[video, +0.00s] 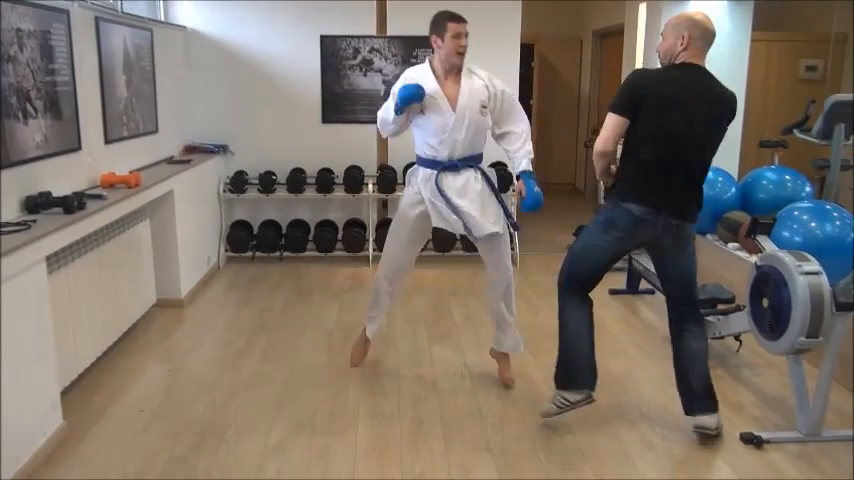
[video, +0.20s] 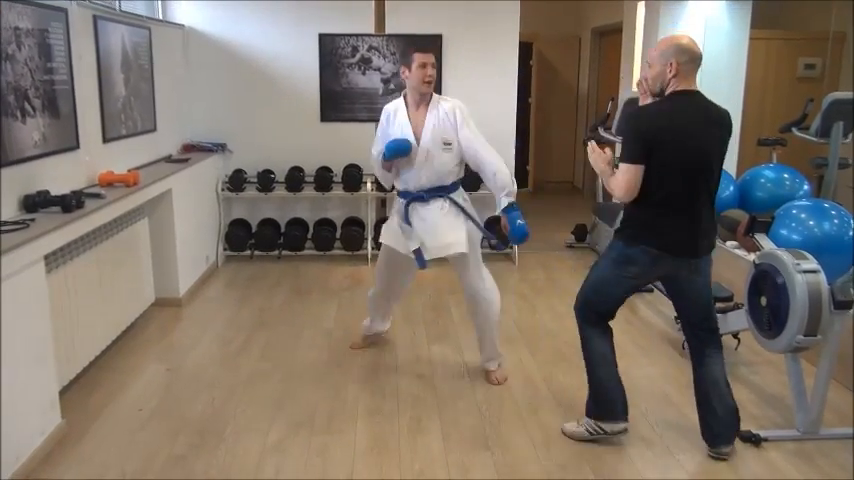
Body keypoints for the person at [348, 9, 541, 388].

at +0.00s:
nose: (464, 44)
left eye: (466, 37)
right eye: (457, 37)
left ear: (467, 41)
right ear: (436, 41)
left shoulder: (486, 85)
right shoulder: (413, 80)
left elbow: (514, 129)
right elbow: (386, 128)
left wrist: (524, 174)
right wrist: (398, 107)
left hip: (474, 184)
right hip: (425, 184)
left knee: (502, 269)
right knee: (392, 264)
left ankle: (503, 348)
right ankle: (368, 331)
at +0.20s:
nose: (429, 73)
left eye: (433, 67)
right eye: (422, 66)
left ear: (437, 73)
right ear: (404, 72)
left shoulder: (451, 110)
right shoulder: (391, 113)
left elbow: (481, 155)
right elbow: (380, 168)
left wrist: (508, 203)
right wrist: (388, 159)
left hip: (449, 206)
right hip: (406, 208)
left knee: (479, 288)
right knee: (386, 275)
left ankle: (492, 359)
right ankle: (375, 328)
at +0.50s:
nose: (387, 36)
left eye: (390, 31)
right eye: (380, 29)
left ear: (394, 36)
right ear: (361, 32)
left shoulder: (407, 75)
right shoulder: (338, 72)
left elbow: (425, 122)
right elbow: (317, 117)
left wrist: (430, 154)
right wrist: (351, 106)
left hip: (398, 170)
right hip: (351, 170)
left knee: (423, 248)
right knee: (331, 245)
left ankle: (412, 316)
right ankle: (318, 312)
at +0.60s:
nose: (370, 58)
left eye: (375, 52)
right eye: (364, 51)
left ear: (378, 56)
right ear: (346, 53)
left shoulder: (390, 93)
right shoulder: (323, 89)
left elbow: (411, 136)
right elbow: (303, 133)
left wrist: (421, 158)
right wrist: (336, 113)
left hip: (379, 186)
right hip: (336, 185)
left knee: (402, 262)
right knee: (316, 256)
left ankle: (386, 324)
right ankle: (309, 320)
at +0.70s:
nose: (361, 63)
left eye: (366, 57)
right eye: (355, 57)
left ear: (369, 61)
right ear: (338, 58)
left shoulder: (381, 96)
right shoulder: (317, 92)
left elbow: (395, 140)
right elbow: (301, 138)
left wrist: (405, 162)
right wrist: (333, 113)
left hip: (371, 185)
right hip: (330, 185)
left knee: (387, 258)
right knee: (312, 253)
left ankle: (383, 324)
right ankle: (309, 319)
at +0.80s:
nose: (361, 52)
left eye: (365, 45)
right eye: (354, 44)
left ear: (369, 49)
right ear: (336, 46)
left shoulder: (379, 84)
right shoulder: (314, 82)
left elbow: (391, 127)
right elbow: (305, 131)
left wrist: (391, 145)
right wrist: (334, 100)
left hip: (372, 176)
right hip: (330, 176)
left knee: (389, 256)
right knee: (314, 248)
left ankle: (393, 328)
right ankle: (306, 314)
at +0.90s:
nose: (360, 52)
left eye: (364, 46)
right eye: (353, 46)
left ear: (367, 50)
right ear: (335, 48)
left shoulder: (379, 84)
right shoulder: (313, 83)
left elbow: (398, 122)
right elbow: (298, 128)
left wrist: (399, 138)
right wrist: (329, 98)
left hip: (372, 178)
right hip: (329, 179)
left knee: (391, 256)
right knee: (310, 252)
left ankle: (405, 335)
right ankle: (304, 314)